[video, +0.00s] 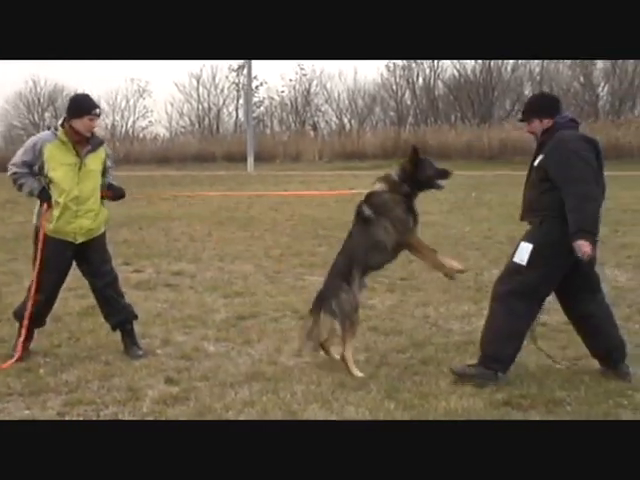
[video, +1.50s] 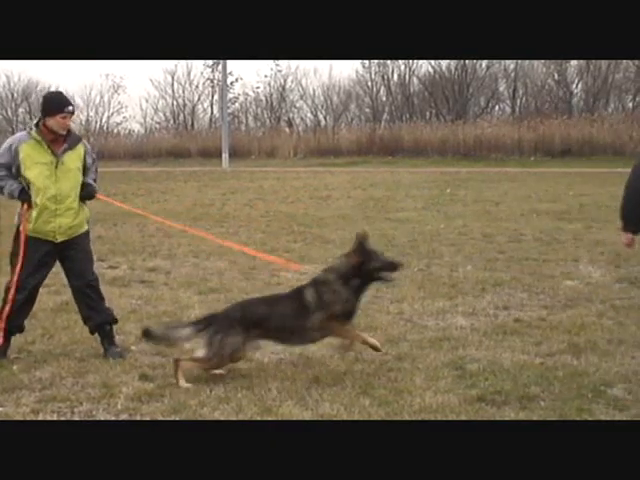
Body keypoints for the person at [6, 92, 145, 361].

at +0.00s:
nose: (94, 123)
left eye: (96, 118)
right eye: (90, 118)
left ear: (93, 120)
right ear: (72, 118)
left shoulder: (99, 148)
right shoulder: (43, 143)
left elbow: (105, 176)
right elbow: (17, 170)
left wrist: (109, 189)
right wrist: (40, 190)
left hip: (92, 232)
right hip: (57, 233)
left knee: (108, 284)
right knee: (45, 290)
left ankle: (129, 339)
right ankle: (24, 338)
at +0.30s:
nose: (83, 121)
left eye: (84, 116)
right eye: (78, 115)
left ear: (81, 118)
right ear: (61, 116)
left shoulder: (88, 146)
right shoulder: (31, 142)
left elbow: (94, 175)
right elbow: (6, 169)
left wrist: (99, 187)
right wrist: (29, 189)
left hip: (81, 231)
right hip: (45, 232)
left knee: (96, 284)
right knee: (34, 288)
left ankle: (118, 336)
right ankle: (13, 336)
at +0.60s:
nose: (79, 119)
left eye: (81, 114)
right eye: (74, 113)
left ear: (80, 116)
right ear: (57, 114)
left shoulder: (88, 146)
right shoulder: (27, 138)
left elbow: (98, 178)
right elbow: (5, 162)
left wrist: (107, 187)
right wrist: (20, 182)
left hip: (76, 227)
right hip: (37, 228)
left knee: (91, 281)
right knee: (26, 284)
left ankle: (111, 333)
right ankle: (6, 334)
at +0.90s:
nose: (73, 116)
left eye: (76, 111)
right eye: (68, 111)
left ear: (77, 113)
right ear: (52, 111)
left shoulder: (83, 142)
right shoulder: (22, 136)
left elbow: (92, 172)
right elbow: (2, 164)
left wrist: (96, 184)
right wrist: (16, 181)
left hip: (74, 227)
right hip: (35, 227)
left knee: (88, 280)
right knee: (22, 284)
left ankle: (107, 334)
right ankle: (2, 329)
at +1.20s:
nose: (59, 120)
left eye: (62, 115)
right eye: (53, 115)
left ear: (64, 117)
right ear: (38, 116)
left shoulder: (73, 146)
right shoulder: (11, 145)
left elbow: (87, 173)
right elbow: (2, 177)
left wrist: (92, 189)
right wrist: (11, 191)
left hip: (69, 229)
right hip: (28, 232)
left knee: (86, 281)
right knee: (17, 289)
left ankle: (108, 341)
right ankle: (4, 346)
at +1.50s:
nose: (67, 121)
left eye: (70, 116)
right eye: (62, 116)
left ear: (72, 117)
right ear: (46, 117)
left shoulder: (80, 146)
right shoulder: (18, 145)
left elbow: (91, 168)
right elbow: (3, 175)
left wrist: (89, 185)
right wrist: (17, 190)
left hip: (74, 230)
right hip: (36, 232)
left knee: (87, 283)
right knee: (22, 288)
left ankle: (108, 341)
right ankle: (4, 340)